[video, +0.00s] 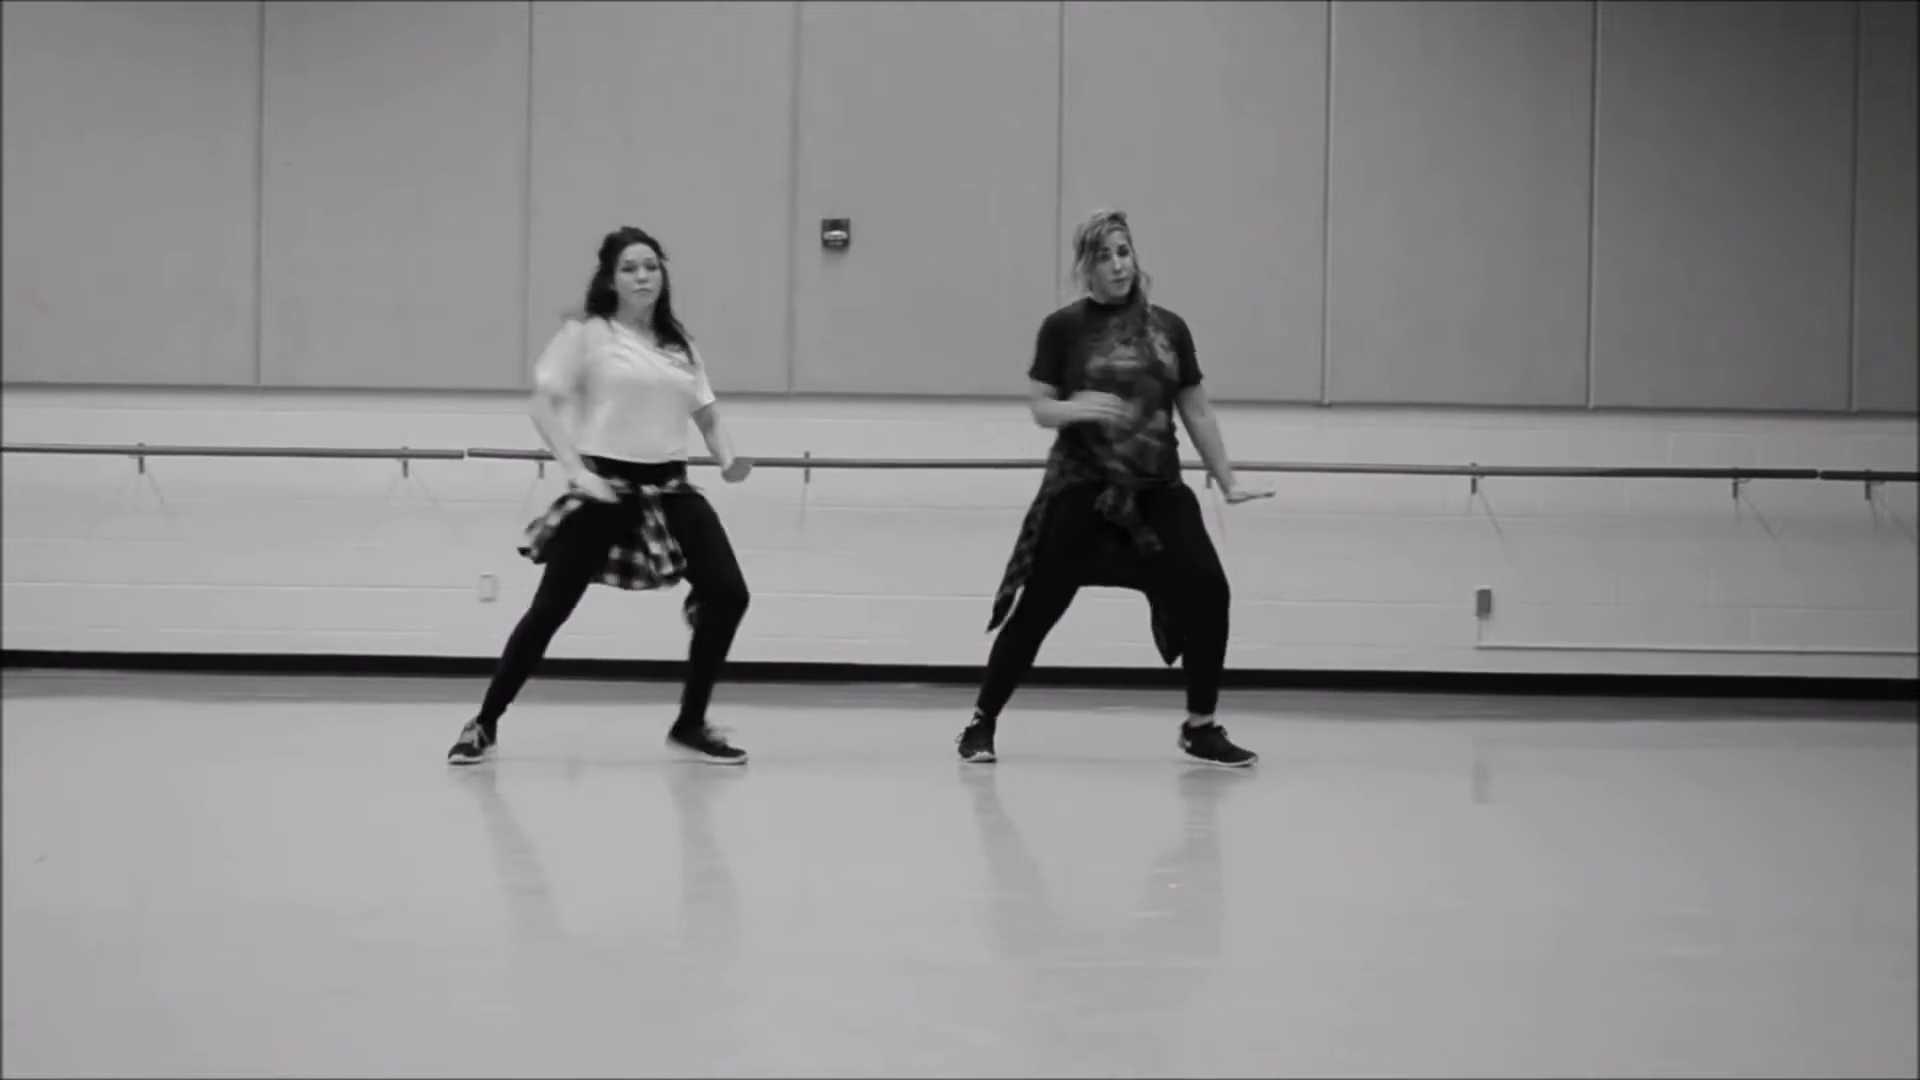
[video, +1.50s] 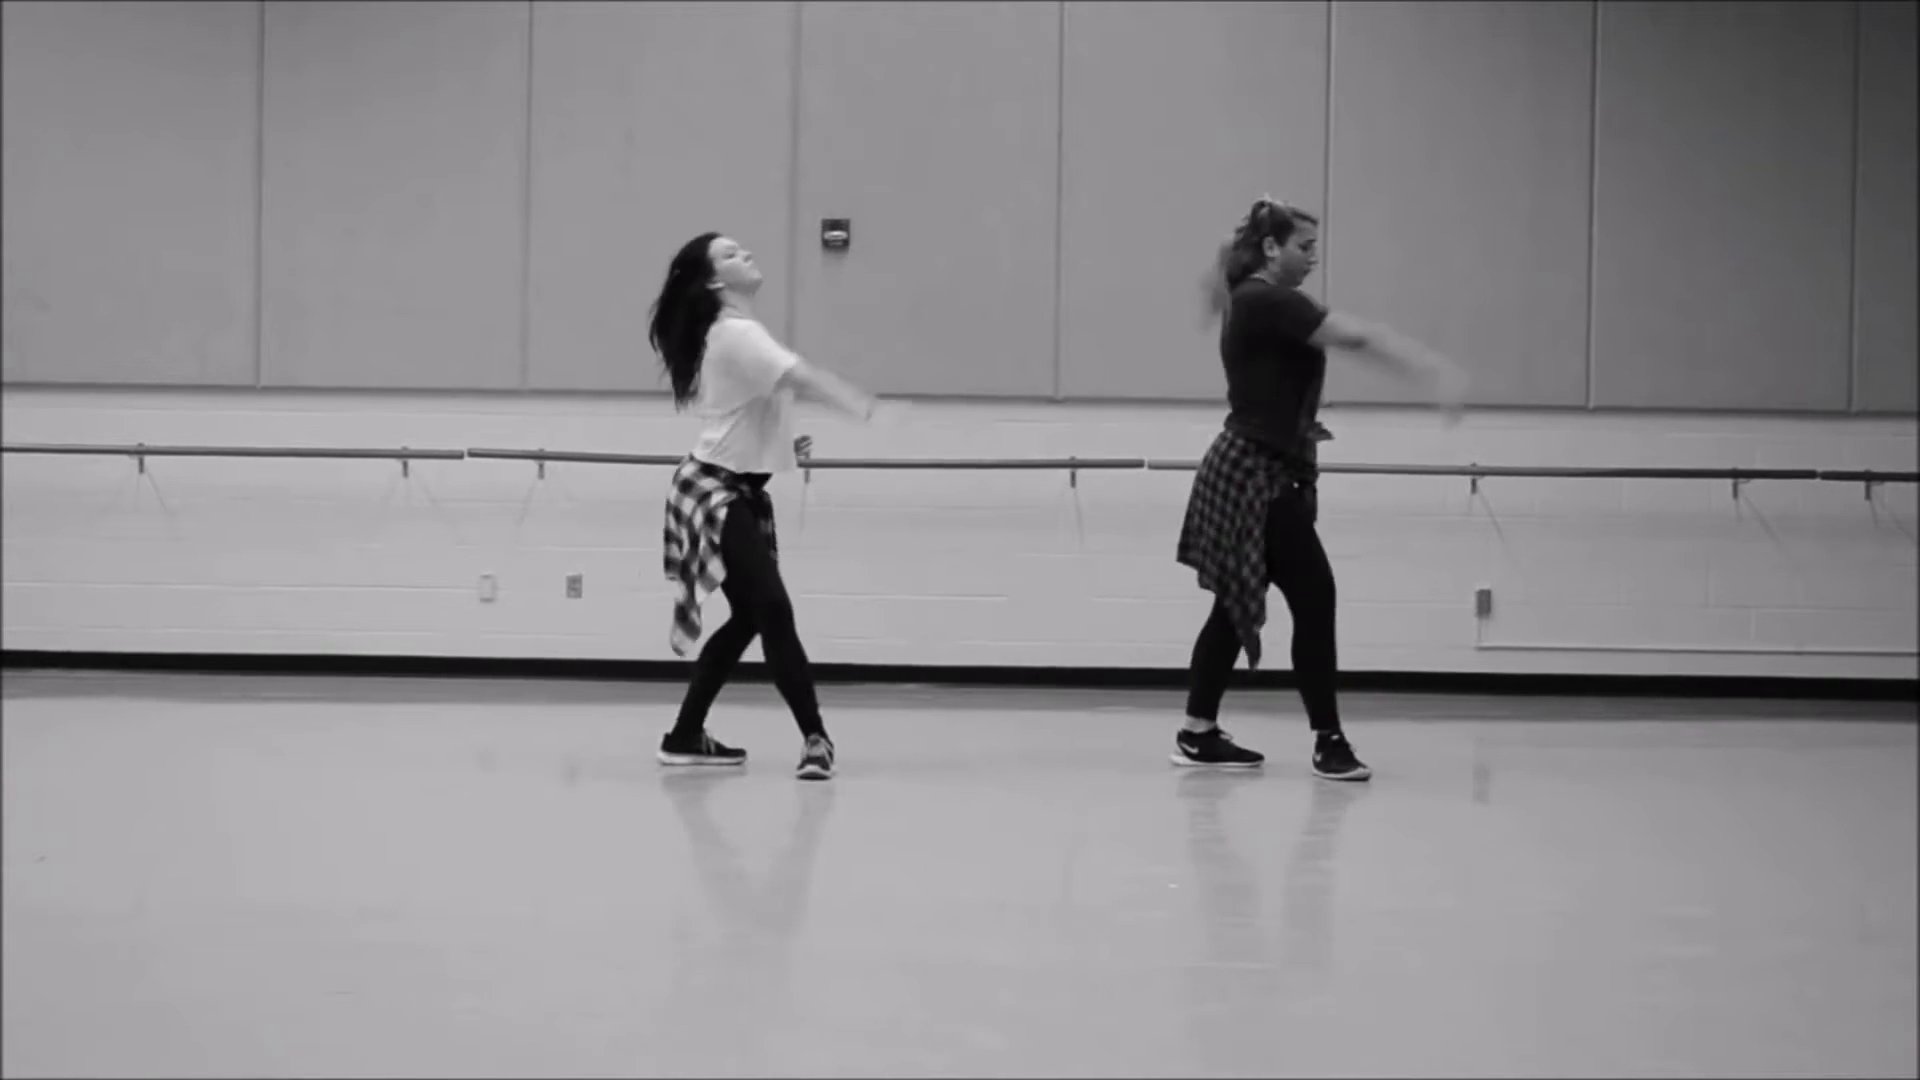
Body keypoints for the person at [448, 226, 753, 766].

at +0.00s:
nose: (643, 275)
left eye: (652, 267)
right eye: (630, 268)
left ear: (664, 277)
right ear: (610, 279)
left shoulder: (679, 347)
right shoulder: (584, 335)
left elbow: (707, 415)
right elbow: (541, 406)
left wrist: (726, 459)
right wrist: (577, 470)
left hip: (672, 492)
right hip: (602, 488)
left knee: (728, 596)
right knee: (549, 611)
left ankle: (690, 724)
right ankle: (484, 724)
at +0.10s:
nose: (675, 282)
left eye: (683, 273)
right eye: (662, 273)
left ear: (695, 283)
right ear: (639, 283)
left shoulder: (698, 350)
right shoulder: (622, 346)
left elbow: (720, 415)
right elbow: (589, 431)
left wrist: (731, 458)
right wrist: (637, 489)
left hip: (691, 501)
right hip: (630, 499)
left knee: (740, 605)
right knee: (572, 613)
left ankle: (688, 731)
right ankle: (492, 721)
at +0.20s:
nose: (718, 298)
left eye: (726, 288)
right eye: (705, 287)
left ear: (733, 297)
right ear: (678, 294)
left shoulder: (720, 361)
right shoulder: (656, 357)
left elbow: (715, 429)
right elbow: (638, 447)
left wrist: (733, 464)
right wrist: (689, 503)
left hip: (698, 501)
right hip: (645, 501)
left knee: (742, 607)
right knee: (616, 615)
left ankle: (688, 731)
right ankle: (549, 726)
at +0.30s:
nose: (754, 324)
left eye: (761, 314)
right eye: (742, 311)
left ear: (766, 322)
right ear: (711, 313)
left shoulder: (738, 378)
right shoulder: (681, 373)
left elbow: (703, 441)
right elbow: (682, 465)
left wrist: (722, 469)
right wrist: (743, 518)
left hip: (703, 501)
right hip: (651, 497)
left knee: (742, 607)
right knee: (666, 596)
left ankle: (689, 731)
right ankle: (636, 731)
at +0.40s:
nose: (781, 353)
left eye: (788, 342)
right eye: (769, 339)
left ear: (793, 347)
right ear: (740, 342)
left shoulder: (756, 399)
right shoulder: (705, 397)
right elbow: (723, 489)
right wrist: (797, 536)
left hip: (700, 502)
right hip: (650, 498)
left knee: (744, 607)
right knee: (701, 591)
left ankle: (688, 731)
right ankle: (712, 710)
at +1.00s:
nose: (764, 274)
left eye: (759, 266)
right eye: (748, 268)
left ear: (753, 293)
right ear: (727, 292)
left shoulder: (751, 360)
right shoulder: (723, 357)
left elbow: (739, 467)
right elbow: (770, 437)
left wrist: (786, 460)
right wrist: (827, 492)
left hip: (734, 509)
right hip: (704, 507)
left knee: (764, 634)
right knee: (764, 612)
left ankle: (688, 733)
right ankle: (796, 729)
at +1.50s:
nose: (747, 255)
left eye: (742, 249)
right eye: (732, 254)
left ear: (735, 276)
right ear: (712, 279)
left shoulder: (743, 329)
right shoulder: (732, 332)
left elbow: (744, 413)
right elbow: (800, 376)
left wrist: (787, 445)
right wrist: (864, 406)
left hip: (743, 491)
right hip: (720, 492)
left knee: (747, 616)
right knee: (775, 608)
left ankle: (686, 732)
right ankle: (815, 738)